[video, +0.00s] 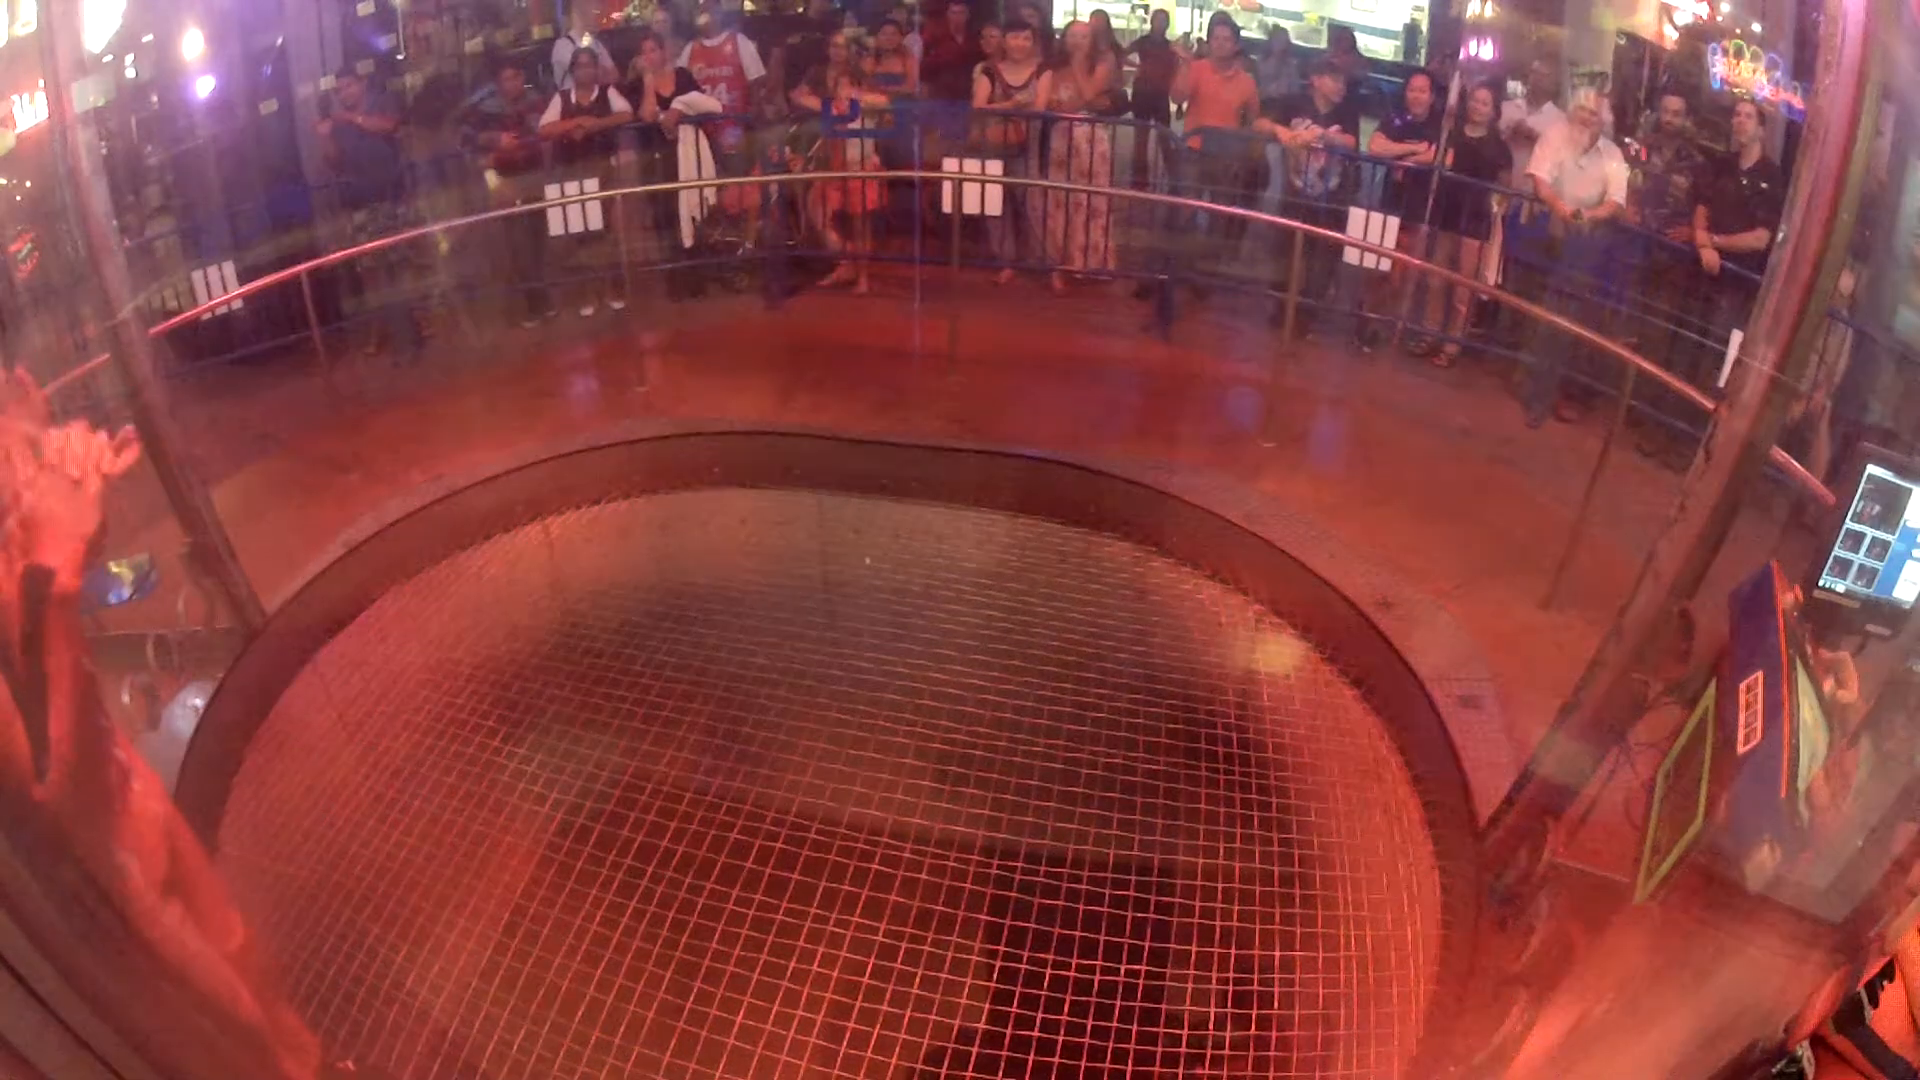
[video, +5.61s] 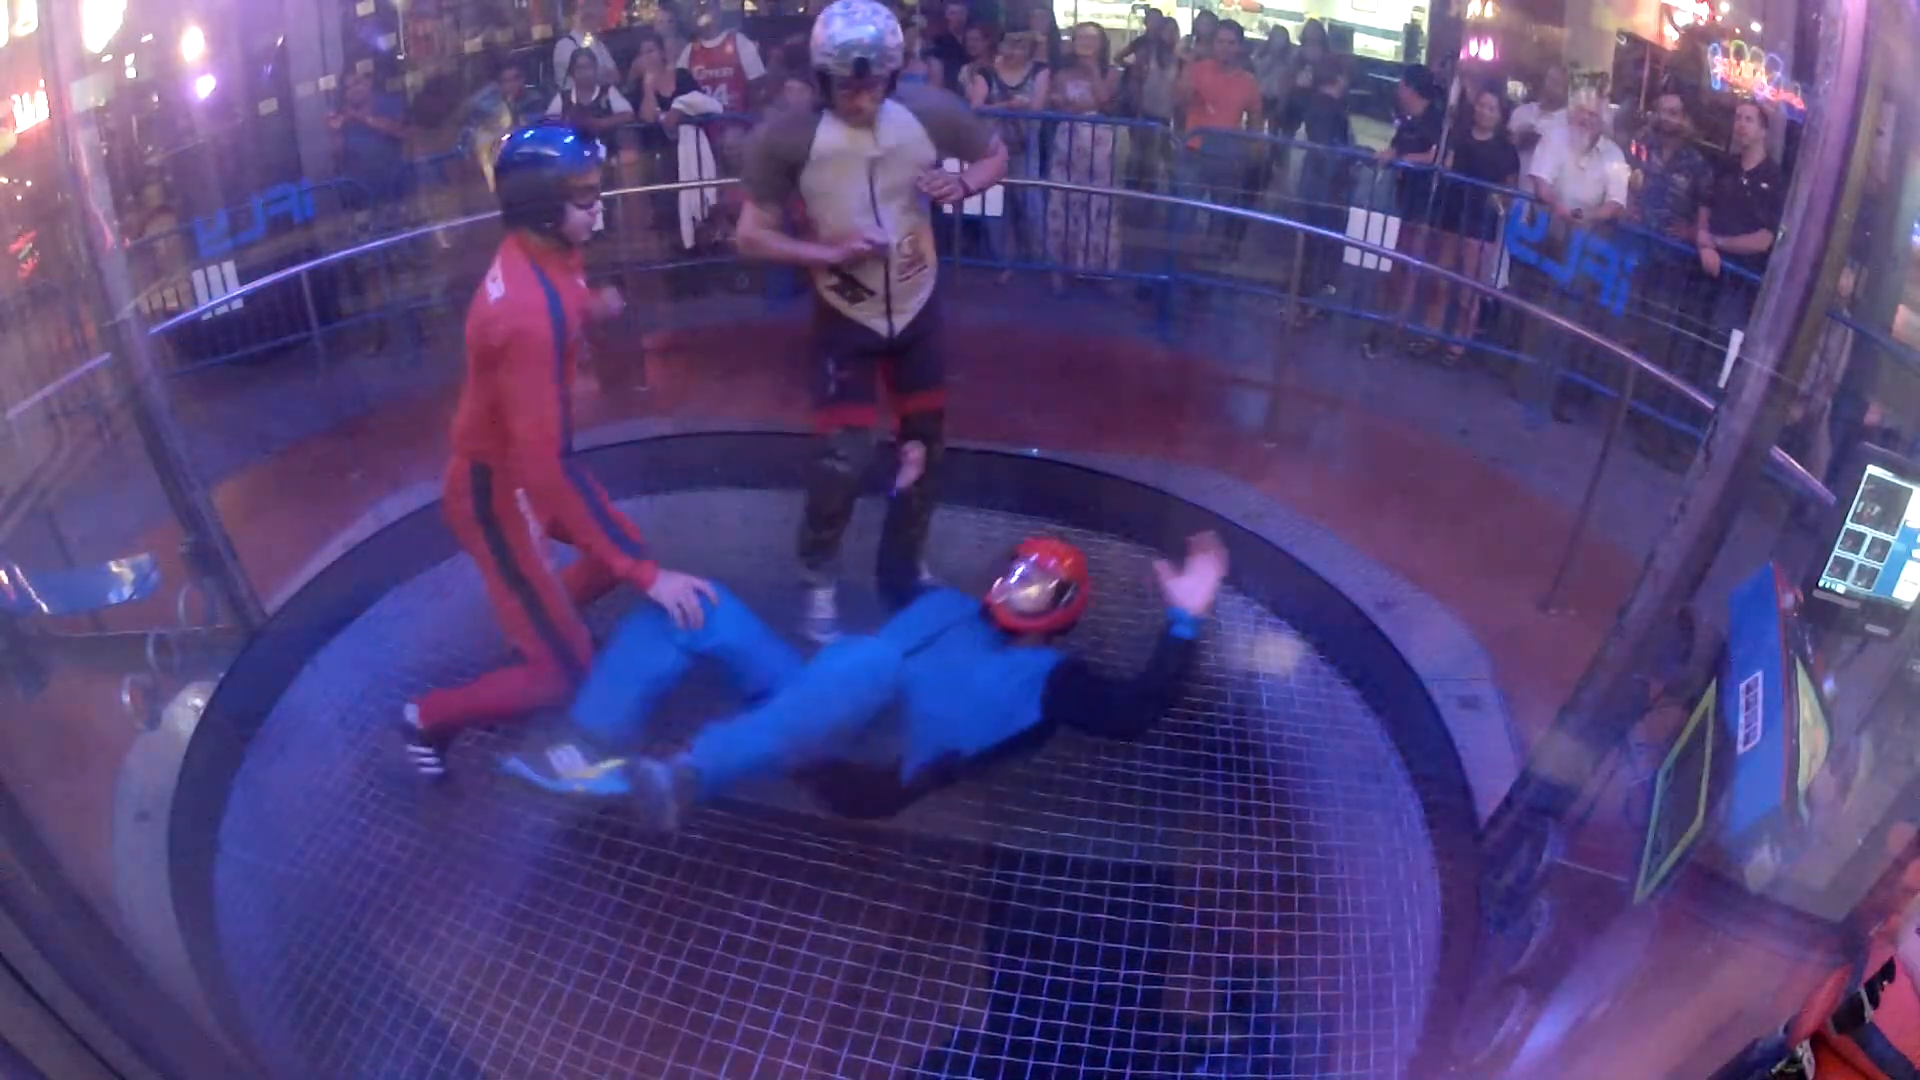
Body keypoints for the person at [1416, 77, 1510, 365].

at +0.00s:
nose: (1478, 107)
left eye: (1485, 103)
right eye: (1474, 101)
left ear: (1494, 111)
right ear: (1466, 104)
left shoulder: (1498, 147)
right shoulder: (1452, 137)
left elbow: (1504, 185)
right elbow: (1439, 166)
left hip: (1475, 217)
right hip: (1445, 211)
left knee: (1463, 284)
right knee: (1435, 277)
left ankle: (1452, 341)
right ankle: (1429, 331)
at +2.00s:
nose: (1480, 107)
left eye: (1487, 103)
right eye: (1477, 101)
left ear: (1497, 111)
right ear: (1469, 104)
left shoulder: (1500, 148)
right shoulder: (1453, 137)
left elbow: (1506, 187)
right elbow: (1439, 166)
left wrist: (1495, 206)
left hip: (1476, 220)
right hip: (1444, 212)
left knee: (1463, 289)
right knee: (1435, 281)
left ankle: (1453, 342)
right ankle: (1429, 333)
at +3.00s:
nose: (1472, 108)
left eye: (1478, 103)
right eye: (1468, 101)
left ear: (1488, 110)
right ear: (1461, 106)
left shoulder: (1492, 147)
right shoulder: (1449, 139)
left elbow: (1498, 184)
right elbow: (1436, 171)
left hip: (1472, 218)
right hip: (1442, 213)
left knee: (1461, 285)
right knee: (1434, 279)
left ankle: (1451, 342)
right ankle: (1428, 333)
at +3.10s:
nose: (1471, 108)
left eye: (1478, 104)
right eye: (1468, 102)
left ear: (1488, 111)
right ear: (1461, 105)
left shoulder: (1491, 148)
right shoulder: (1448, 140)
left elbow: (1497, 185)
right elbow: (1436, 171)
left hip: (1471, 219)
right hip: (1441, 214)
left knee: (1461, 284)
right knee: (1434, 278)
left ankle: (1452, 341)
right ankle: (1429, 333)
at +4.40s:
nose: (1477, 110)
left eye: (1483, 105)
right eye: (1472, 104)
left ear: (1491, 112)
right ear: (1463, 107)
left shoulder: (1496, 147)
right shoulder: (1451, 138)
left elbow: (1501, 181)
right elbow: (1440, 168)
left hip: (1474, 217)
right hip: (1444, 212)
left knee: (1463, 285)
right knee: (1435, 279)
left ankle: (1456, 341)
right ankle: (1429, 332)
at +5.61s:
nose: (1485, 113)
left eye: (1492, 109)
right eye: (1482, 106)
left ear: (1501, 116)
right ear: (1473, 109)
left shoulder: (1506, 150)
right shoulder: (1459, 139)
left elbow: (1510, 187)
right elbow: (1445, 168)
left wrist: (1500, 201)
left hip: (1481, 217)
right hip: (1451, 210)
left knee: (1469, 283)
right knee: (1440, 277)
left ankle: (1460, 339)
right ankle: (1432, 331)